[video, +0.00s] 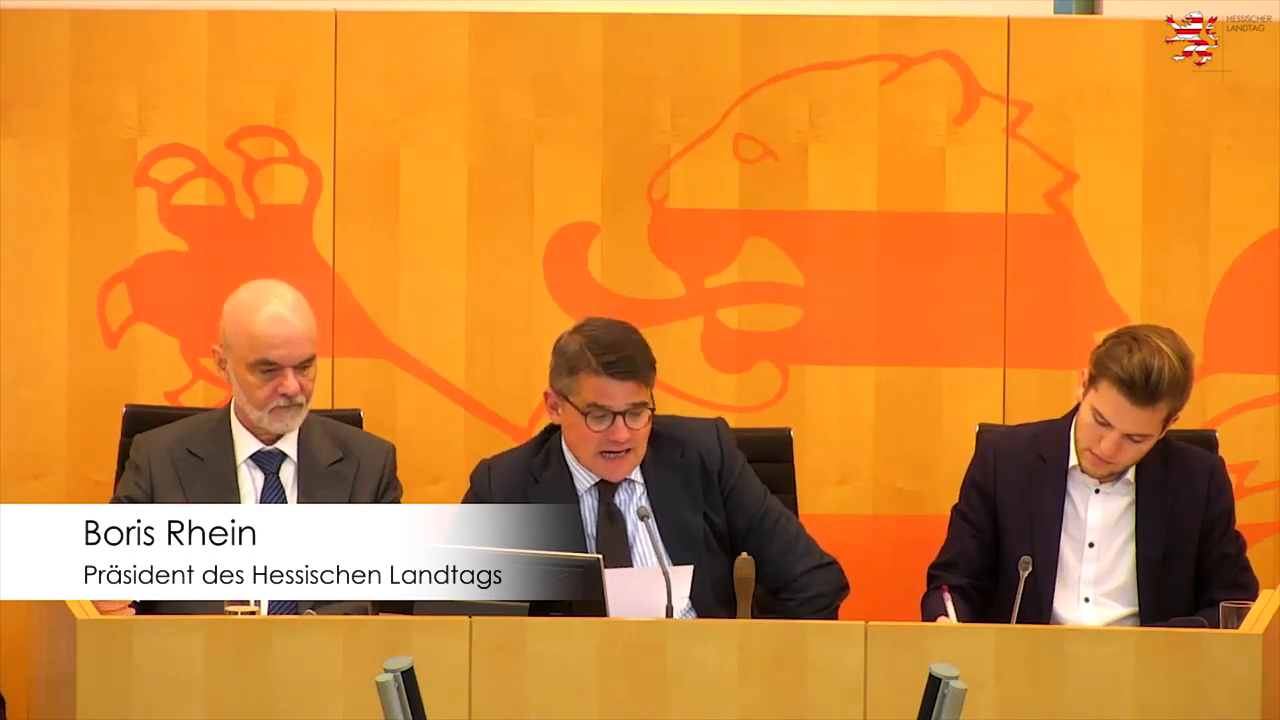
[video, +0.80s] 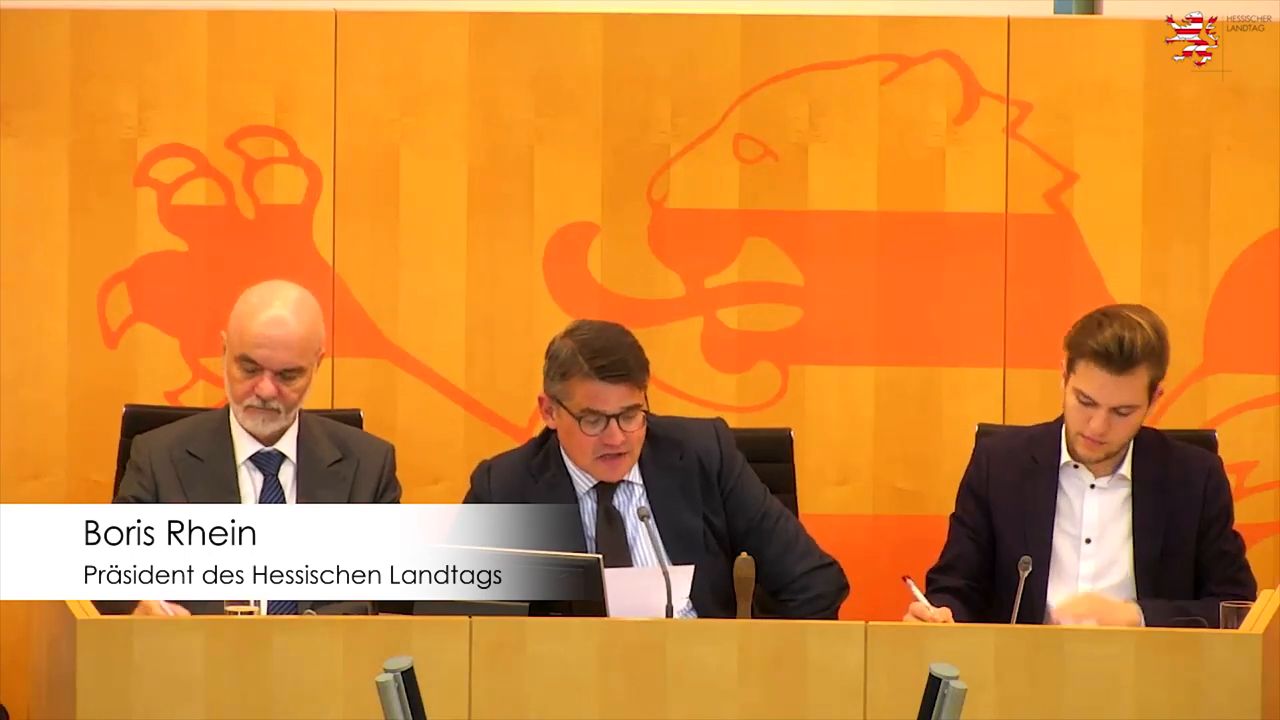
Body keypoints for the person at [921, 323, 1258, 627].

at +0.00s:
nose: (1108, 447)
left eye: (1134, 438)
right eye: (1100, 420)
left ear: (1167, 424)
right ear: (1083, 383)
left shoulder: (1200, 478)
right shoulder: (1003, 457)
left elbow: (1237, 601)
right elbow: (953, 583)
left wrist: (1168, 644)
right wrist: (952, 634)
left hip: (1151, 680)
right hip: (1025, 672)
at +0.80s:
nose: (1097, 427)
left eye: (1121, 411)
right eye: (1085, 401)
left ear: (1153, 400)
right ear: (1066, 378)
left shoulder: (1196, 477)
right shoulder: (999, 459)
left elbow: (1240, 608)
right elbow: (955, 585)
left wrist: (1138, 616)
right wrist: (939, 616)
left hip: (1148, 685)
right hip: (1021, 677)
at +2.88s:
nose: (1072, 387)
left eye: (1095, 371)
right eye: (1061, 368)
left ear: (1137, 379)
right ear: (1047, 369)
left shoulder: (1192, 468)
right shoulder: (997, 459)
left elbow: (1236, 603)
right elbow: (949, 586)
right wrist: (946, 624)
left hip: (1155, 675)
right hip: (1024, 672)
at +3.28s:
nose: (1091, 386)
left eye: (1112, 369)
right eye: (1075, 368)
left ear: (1144, 375)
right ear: (1054, 372)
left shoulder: (1196, 466)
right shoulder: (1001, 457)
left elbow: (1236, 600)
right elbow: (956, 588)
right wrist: (956, 629)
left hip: (1157, 673)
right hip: (1028, 669)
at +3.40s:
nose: (1096, 386)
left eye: (1115, 369)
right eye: (1078, 368)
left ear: (1145, 373)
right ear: (1054, 372)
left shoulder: (1197, 466)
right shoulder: (1002, 456)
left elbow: (1236, 600)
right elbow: (960, 591)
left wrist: (1194, 663)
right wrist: (969, 656)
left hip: (1158, 675)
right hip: (1029, 673)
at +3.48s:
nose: (1097, 386)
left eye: (1116, 369)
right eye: (1079, 368)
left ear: (1145, 373)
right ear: (1054, 373)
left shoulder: (1197, 466)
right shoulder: (1002, 456)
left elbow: (1236, 600)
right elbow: (959, 590)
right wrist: (968, 655)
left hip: (1158, 676)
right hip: (1029, 672)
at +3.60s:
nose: (1097, 386)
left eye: (1116, 369)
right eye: (1078, 369)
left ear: (1144, 373)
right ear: (1053, 375)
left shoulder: (1197, 466)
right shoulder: (1001, 457)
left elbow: (1242, 606)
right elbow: (957, 589)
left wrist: (1185, 634)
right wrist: (960, 650)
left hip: (1153, 673)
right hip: (1027, 669)